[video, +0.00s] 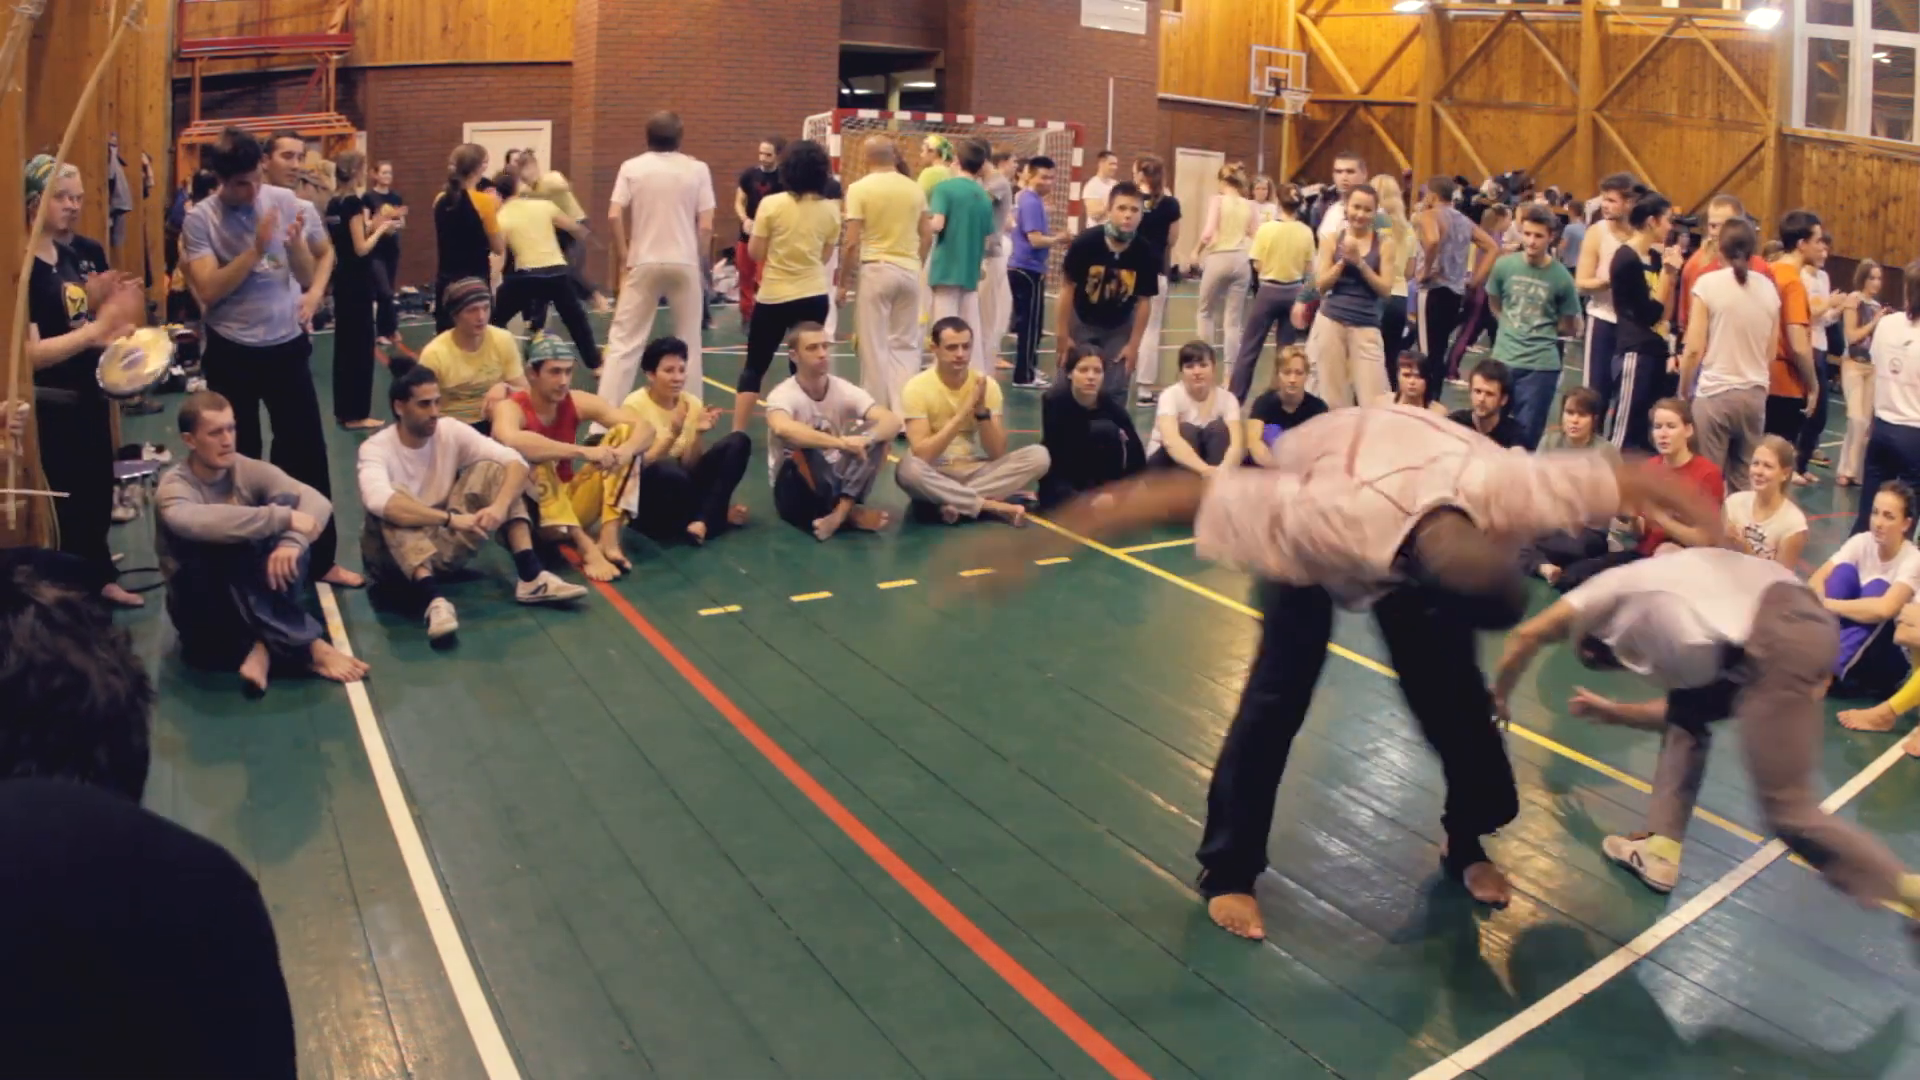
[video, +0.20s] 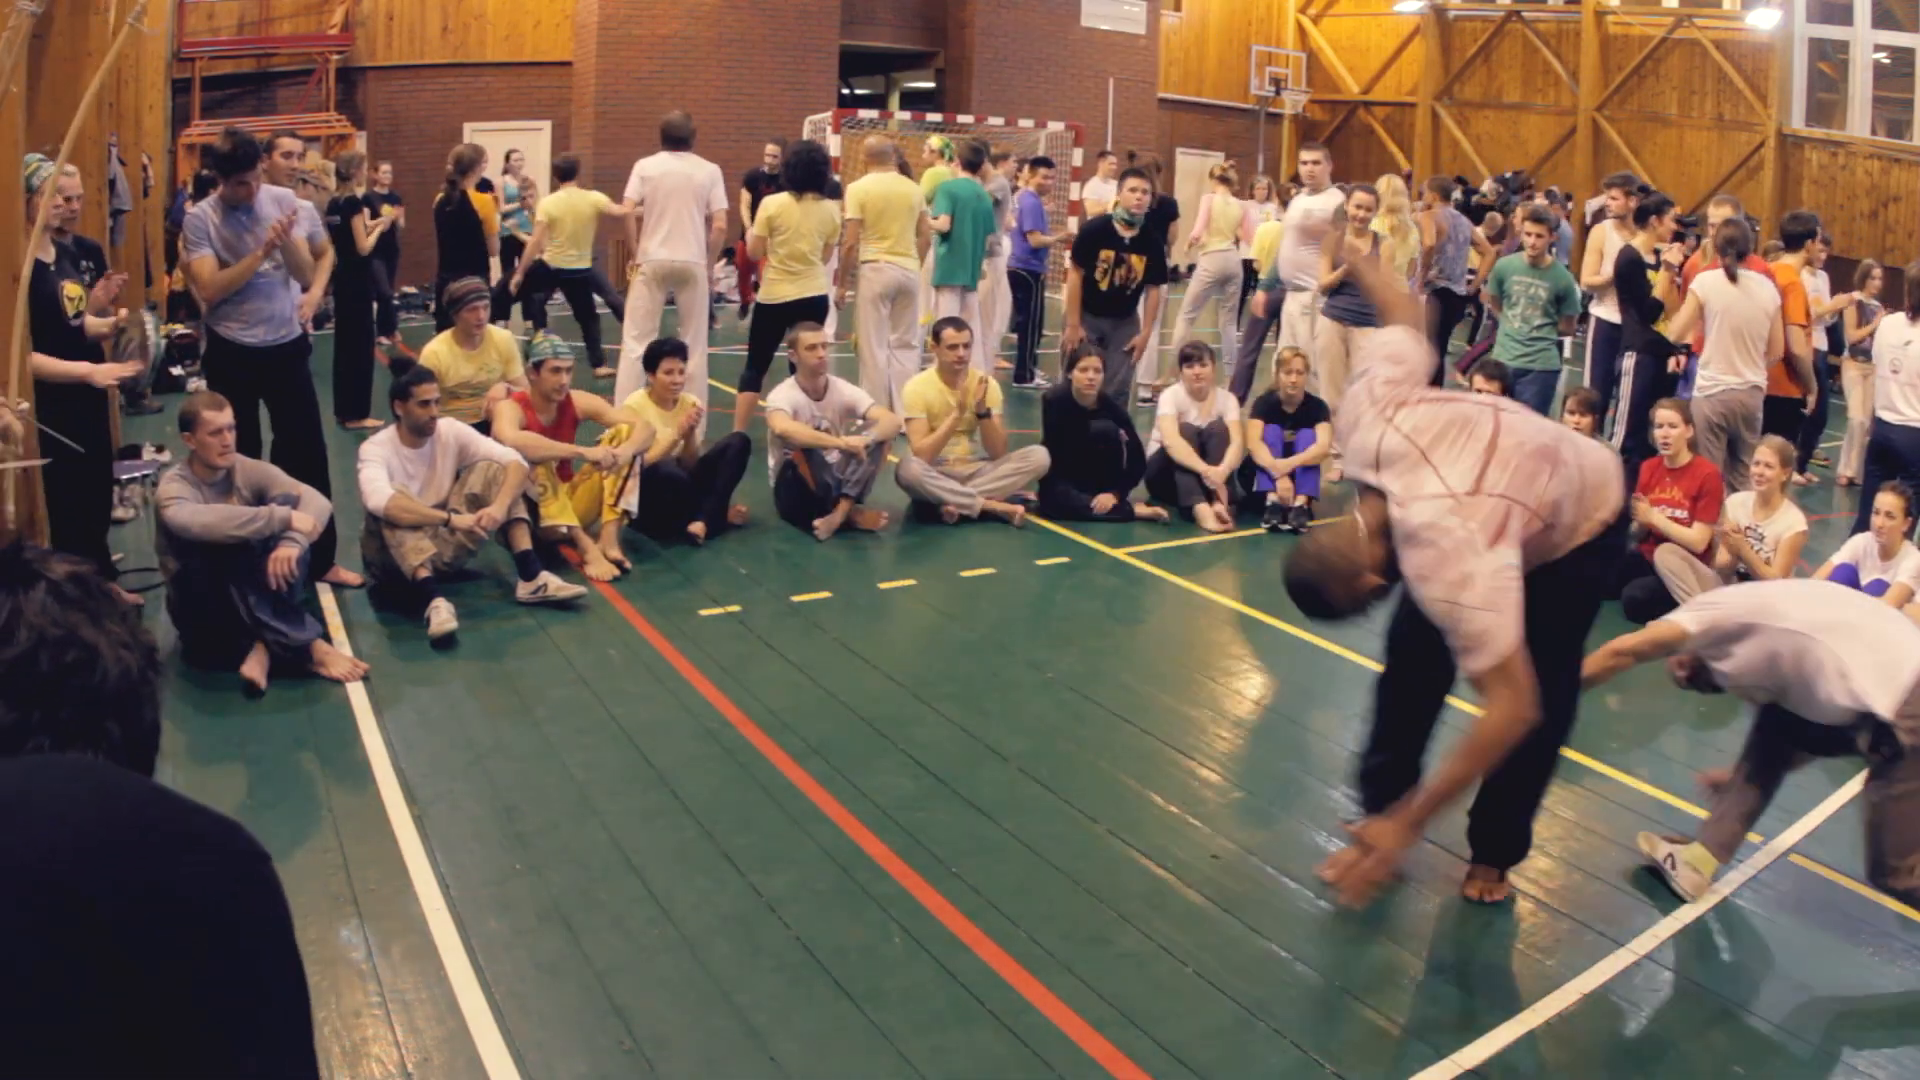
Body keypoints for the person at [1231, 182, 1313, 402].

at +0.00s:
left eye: (1278, 202)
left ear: (1278, 203)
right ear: (1299, 205)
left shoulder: (1267, 229)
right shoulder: (1306, 232)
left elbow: (1255, 259)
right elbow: (1309, 263)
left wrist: (1264, 278)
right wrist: (1300, 280)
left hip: (1268, 286)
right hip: (1294, 287)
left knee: (1251, 344)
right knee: (1287, 346)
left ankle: (1236, 396)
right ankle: (1285, 398)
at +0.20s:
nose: (1309, 169)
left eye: (1316, 163)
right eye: (1303, 163)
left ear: (1330, 166)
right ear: (1297, 168)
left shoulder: (1338, 201)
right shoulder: (1298, 199)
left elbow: (1345, 248)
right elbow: (1285, 246)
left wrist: (1332, 289)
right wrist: (1263, 286)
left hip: (1318, 293)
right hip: (1292, 292)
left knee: (1316, 364)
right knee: (1287, 359)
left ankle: (1319, 423)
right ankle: (1283, 419)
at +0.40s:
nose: (1282, 166)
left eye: (1288, 161)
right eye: (1277, 161)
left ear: (1300, 163)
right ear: (1270, 166)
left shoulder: (1311, 200)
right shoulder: (1270, 198)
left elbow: (1327, 251)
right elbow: (1253, 242)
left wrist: (1319, 297)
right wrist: (1230, 276)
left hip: (1293, 287)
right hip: (1268, 285)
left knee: (1265, 355)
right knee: (1266, 355)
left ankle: (1267, 417)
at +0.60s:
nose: (1256, 166)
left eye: (1262, 160)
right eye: (1250, 161)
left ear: (1275, 164)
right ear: (1243, 166)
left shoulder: (1286, 201)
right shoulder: (1244, 198)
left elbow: (1302, 252)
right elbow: (1228, 240)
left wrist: (1289, 297)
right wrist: (1200, 271)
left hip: (1266, 288)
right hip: (1244, 286)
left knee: (1233, 356)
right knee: (1263, 357)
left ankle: (1219, 418)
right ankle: (1268, 416)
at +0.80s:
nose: (1223, 164)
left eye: (1230, 159)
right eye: (1219, 159)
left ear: (1244, 162)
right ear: (1215, 164)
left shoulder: (1253, 201)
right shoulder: (1216, 197)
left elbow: (1266, 252)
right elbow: (1204, 242)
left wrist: (1254, 299)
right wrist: (1177, 272)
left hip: (1235, 285)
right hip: (1211, 283)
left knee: (1217, 350)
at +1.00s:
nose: (1190, 161)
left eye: (1197, 155)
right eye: (1186, 156)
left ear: (1213, 159)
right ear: (1183, 159)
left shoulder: (1220, 198)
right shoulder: (1190, 193)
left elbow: (1227, 254)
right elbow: (1180, 243)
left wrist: (1202, 294)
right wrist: (1163, 278)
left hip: (1201, 284)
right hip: (1177, 282)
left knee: (1195, 352)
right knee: (1166, 347)